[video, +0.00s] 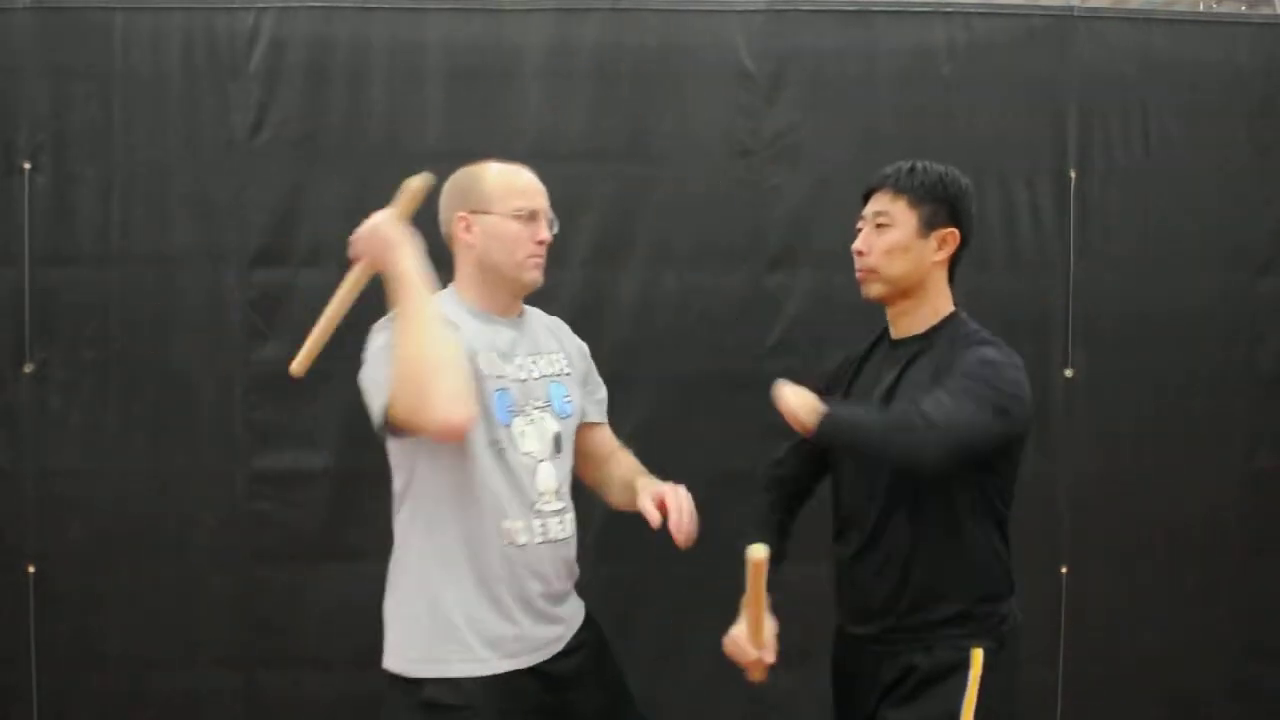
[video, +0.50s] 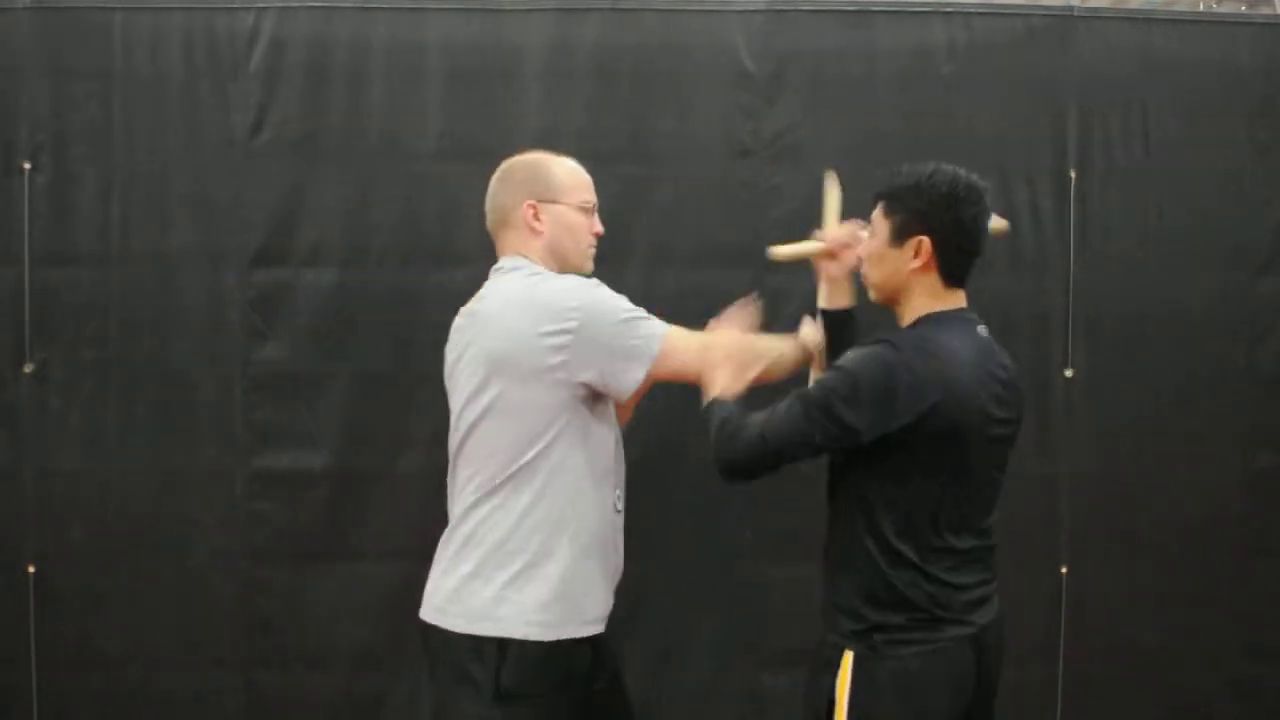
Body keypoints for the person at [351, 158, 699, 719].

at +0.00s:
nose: (547, 234)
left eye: (547, 219)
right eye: (526, 217)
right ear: (466, 229)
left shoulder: (561, 342)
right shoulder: (408, 336)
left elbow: (599, 454)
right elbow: (445, 413)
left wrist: (645, 488)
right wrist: (404, 264)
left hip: (563, 642)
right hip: (454, 664)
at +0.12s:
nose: (567, 224)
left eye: (568, 210)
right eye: (550, 207)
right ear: (501, 220)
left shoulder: (550, 327)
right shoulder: (452, 319)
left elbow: (572, 467)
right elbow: (587, 357)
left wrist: (628, 463)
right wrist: (567, 200)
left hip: (574, 633)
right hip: (481, 650)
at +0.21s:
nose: (587, 224)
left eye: (585, 209)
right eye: (571, 206)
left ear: (519, 216)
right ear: (515, 212)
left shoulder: (533, 315)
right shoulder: (487, 304)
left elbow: (544, 480)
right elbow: (649, 345)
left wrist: (620, 440)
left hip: (572, 627)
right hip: (492, 637)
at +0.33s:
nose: (597, 222)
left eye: (594, 207)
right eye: (582, 203)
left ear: (533, 212)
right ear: (530, 209)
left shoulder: (535, 297)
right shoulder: (521, 293)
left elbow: (546, 460)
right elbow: (694, 343)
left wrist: (620, 414)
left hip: (564, 625)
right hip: (505, 629)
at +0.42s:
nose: (599, 225)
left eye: (596, 209)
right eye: (585, 206)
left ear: (532, 214)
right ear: (533, 211)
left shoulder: (505, 304)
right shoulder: (546, 298)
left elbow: (568, 447)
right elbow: (710, 343)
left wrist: (630, 394)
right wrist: (781, 311)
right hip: (512, 630)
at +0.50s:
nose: (600, 228)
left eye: (596, 212)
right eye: (586, 209)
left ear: (536, 219)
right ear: (535, 217)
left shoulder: (482, 312)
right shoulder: (561, 304)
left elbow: (599, 416)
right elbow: (719, 357)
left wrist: (698, 344)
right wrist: (805, 345)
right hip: (525, 635)